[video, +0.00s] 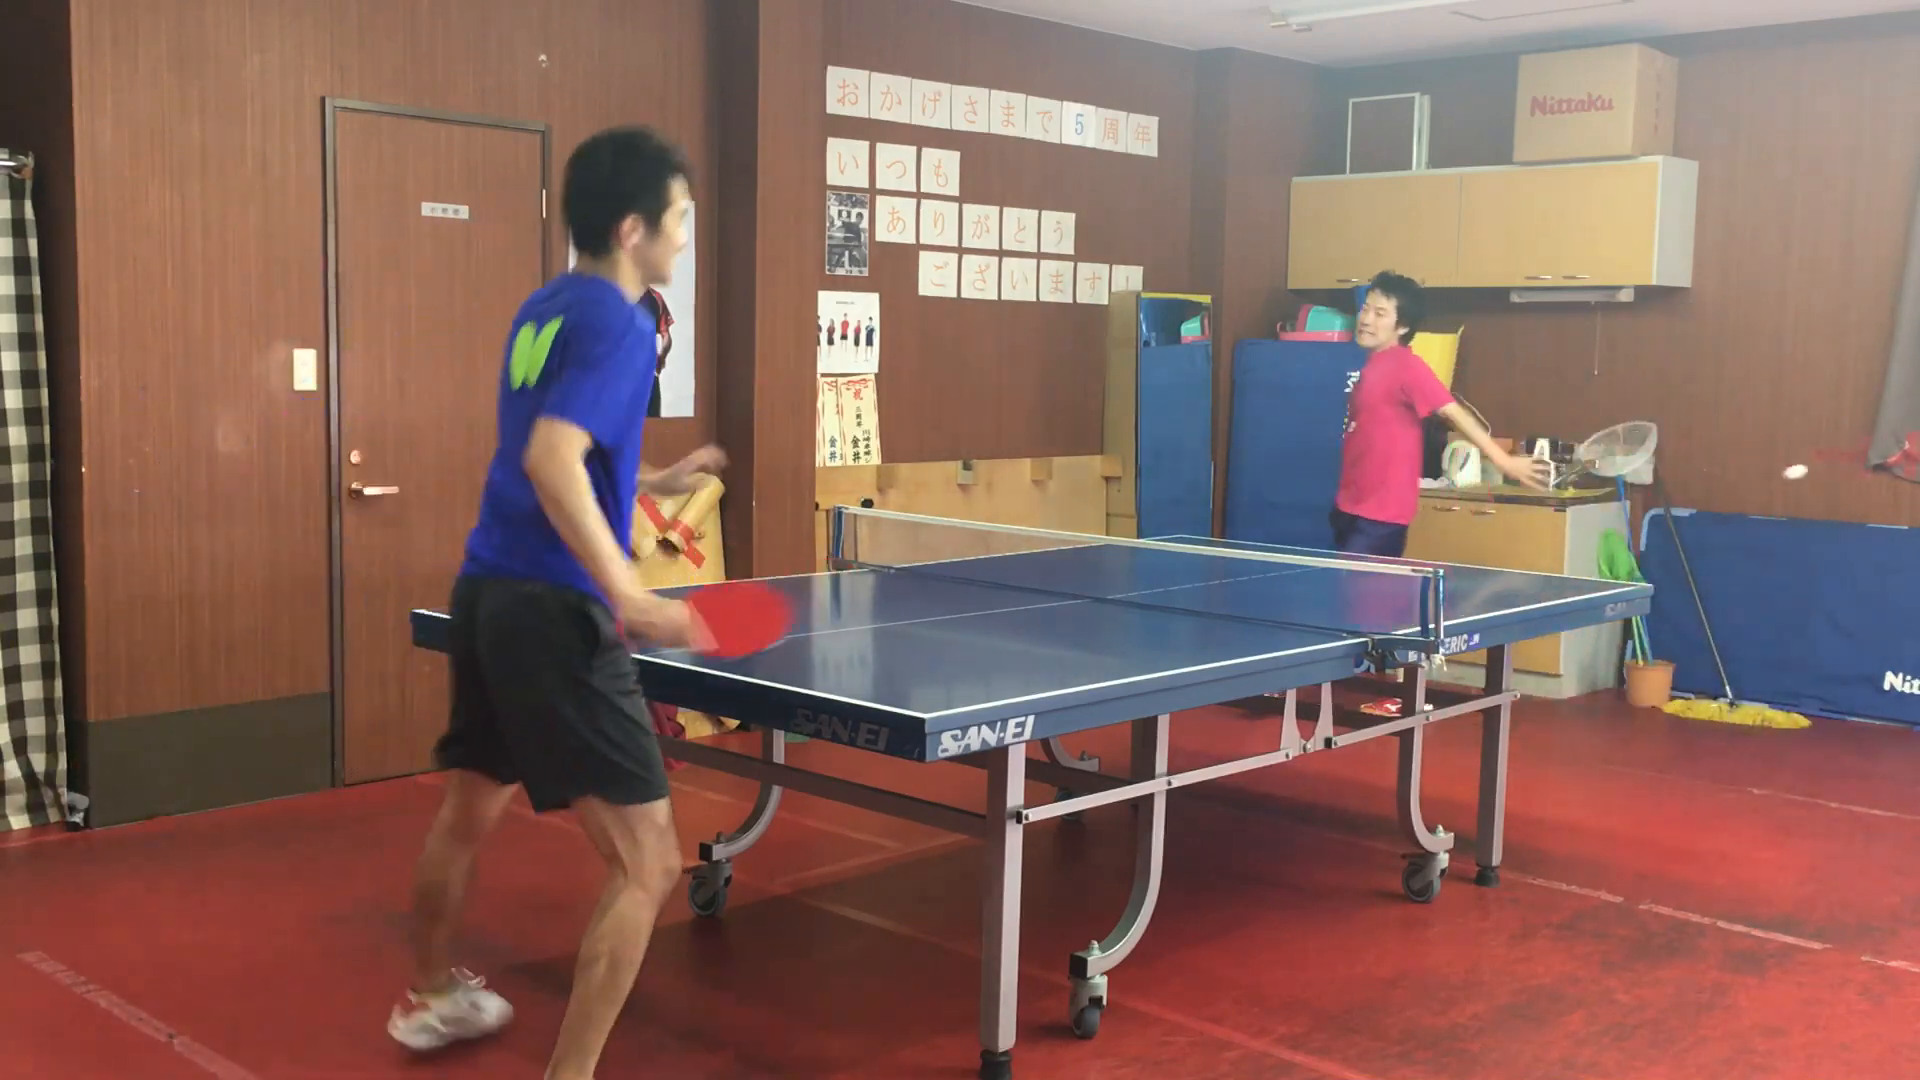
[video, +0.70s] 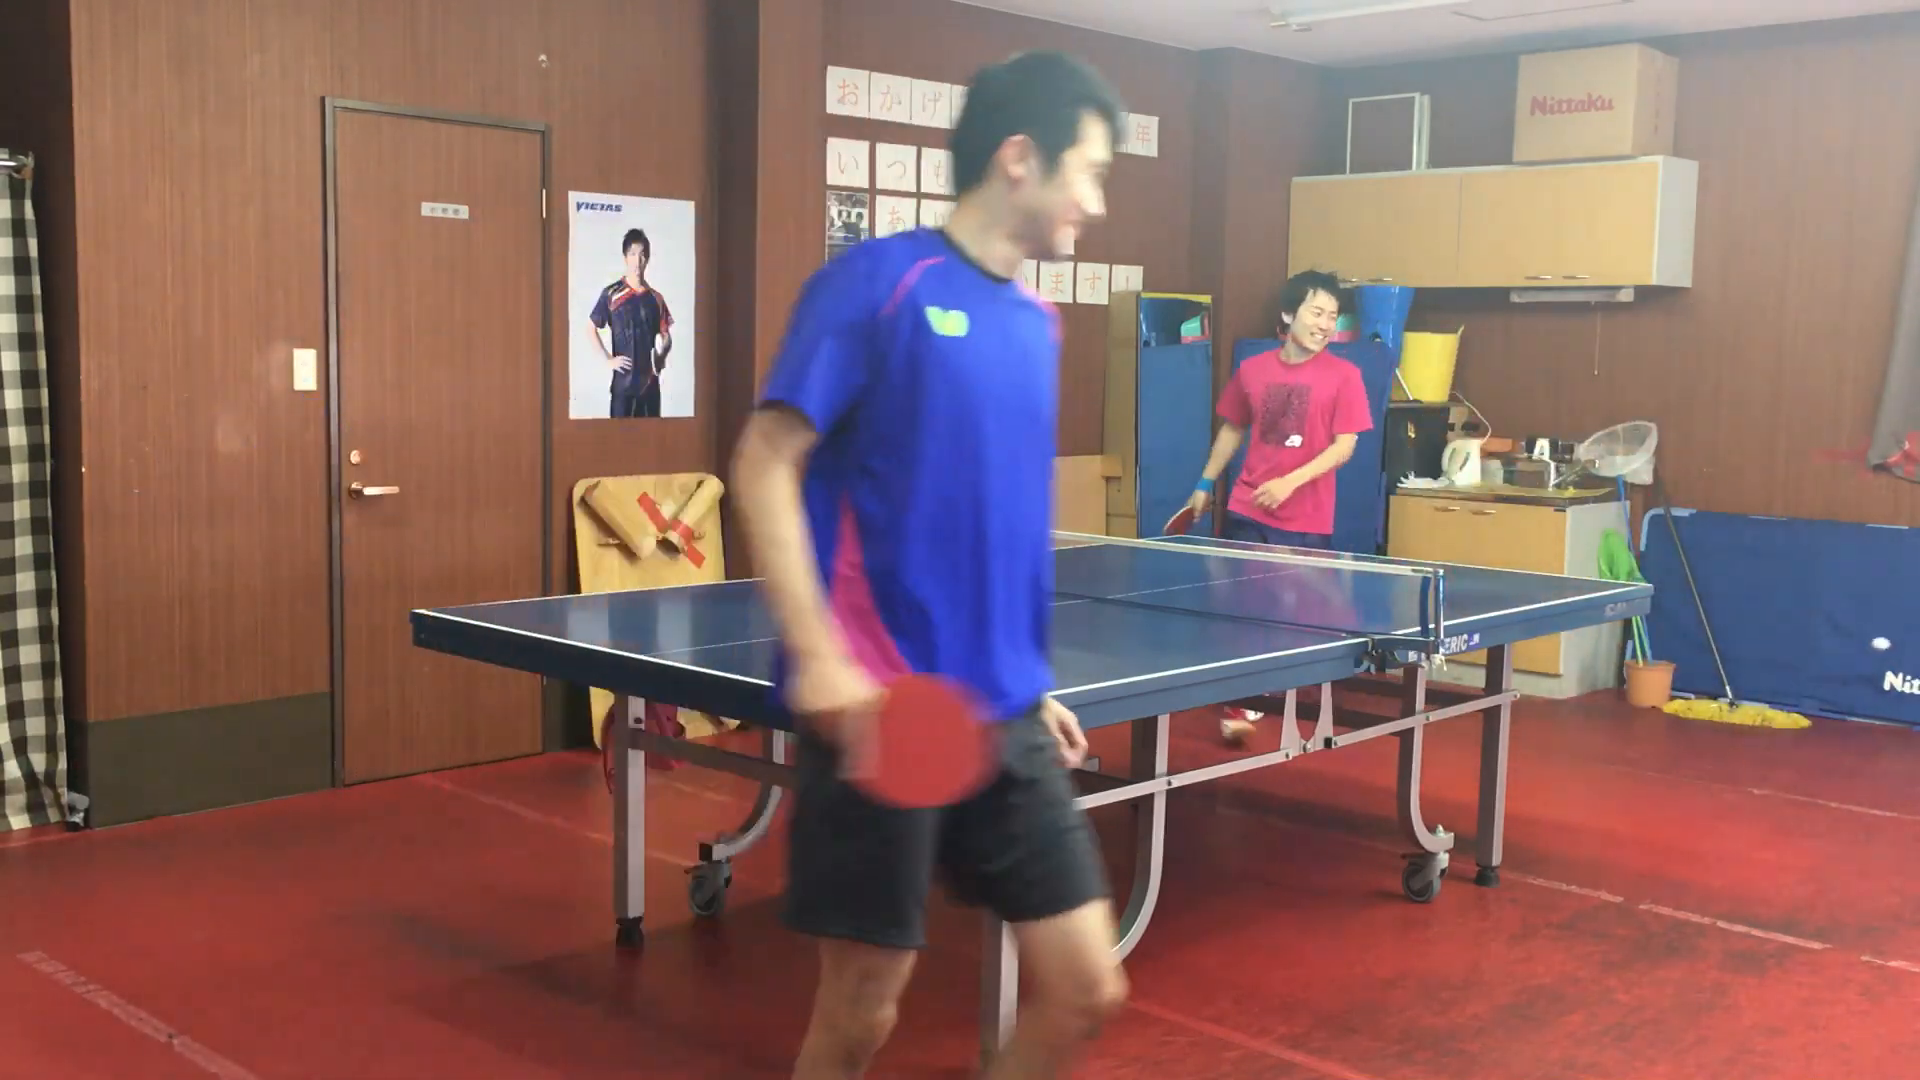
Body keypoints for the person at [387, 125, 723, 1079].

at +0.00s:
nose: (688, 235)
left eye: (687, 216)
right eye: (681, 216)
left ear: (598, 223)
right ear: (635, 226)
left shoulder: (544, 309)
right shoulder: (619, 322)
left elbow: (547, 456)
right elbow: (550, 461)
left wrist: (653, 478)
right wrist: (628, 592)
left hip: (486, 604)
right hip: (553, 614)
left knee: (465, 813)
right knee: (647, 860)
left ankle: (431, 994)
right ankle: (572, 1068)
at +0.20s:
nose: (774, 208)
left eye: (776, 186)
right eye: (766, 184)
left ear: (704, 185)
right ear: (712, 183)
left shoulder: (671, 282)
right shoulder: (636, 274)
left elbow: (679, 416)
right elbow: (520, 415)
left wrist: (794, 456)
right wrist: (472, 590)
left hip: (619, 590)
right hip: (608, 594)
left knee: (572, 855)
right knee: (709, 868)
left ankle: (504, 1065)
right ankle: (646, 1069)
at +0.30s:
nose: (819, 248)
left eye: (822, 226)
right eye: (813, 223)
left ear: (751, 218)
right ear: (753, 218)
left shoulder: (727, 324)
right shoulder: (653, 310)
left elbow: (734, 463)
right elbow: (524, 452)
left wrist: (846, 526)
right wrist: (450, 623)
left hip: (680, 658)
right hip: (642, 662)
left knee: (578, 908)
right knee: (736, 930)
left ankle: (501, 1071)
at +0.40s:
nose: (879, 245)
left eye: (883, 222)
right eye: (873, 219)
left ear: (813, 214)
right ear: (808, 211)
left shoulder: (794, 334)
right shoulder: (683, 319)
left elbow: (796, 487)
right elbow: (563, 469)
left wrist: (894, 592)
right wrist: (489, 639)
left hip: (755, 684)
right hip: (691, 686)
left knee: (653, 899)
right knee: (768, 967)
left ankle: (522, 1066)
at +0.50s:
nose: (948, 236)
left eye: (953, 212)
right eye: (943, 208)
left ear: (882, 208)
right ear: (875, 203)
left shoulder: (885, 352)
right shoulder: (744, 317)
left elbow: (874, 519)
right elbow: (623, 479)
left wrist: (939, 645)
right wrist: (568, 660)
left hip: (830, 702)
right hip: (750, 699)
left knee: (780, 940)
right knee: (831, 997)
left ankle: (598, 1047)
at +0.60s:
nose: (1017, 223)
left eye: (1025, 201)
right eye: (1015, 195)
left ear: (955, 183)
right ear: (948, 177)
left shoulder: (951, 327)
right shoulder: (806, 290)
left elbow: (931, 523)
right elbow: (690, 471)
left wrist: (980, 673)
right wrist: (680, 662)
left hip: (915, 704)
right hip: (812, 702)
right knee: (837, 1008)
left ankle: (736, 1071)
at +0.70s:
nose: (1096, 205)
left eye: (1102, 180)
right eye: (1089, 174)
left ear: (1025, 166)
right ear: (1014, 159)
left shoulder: (1033, 319)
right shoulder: (878, 279)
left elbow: (991, 520)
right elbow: (763, 461)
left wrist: (1032, 683)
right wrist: (815, 655)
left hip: (1002, 712)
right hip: (882, 709)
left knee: (1083, 989)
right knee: (856, 1013)